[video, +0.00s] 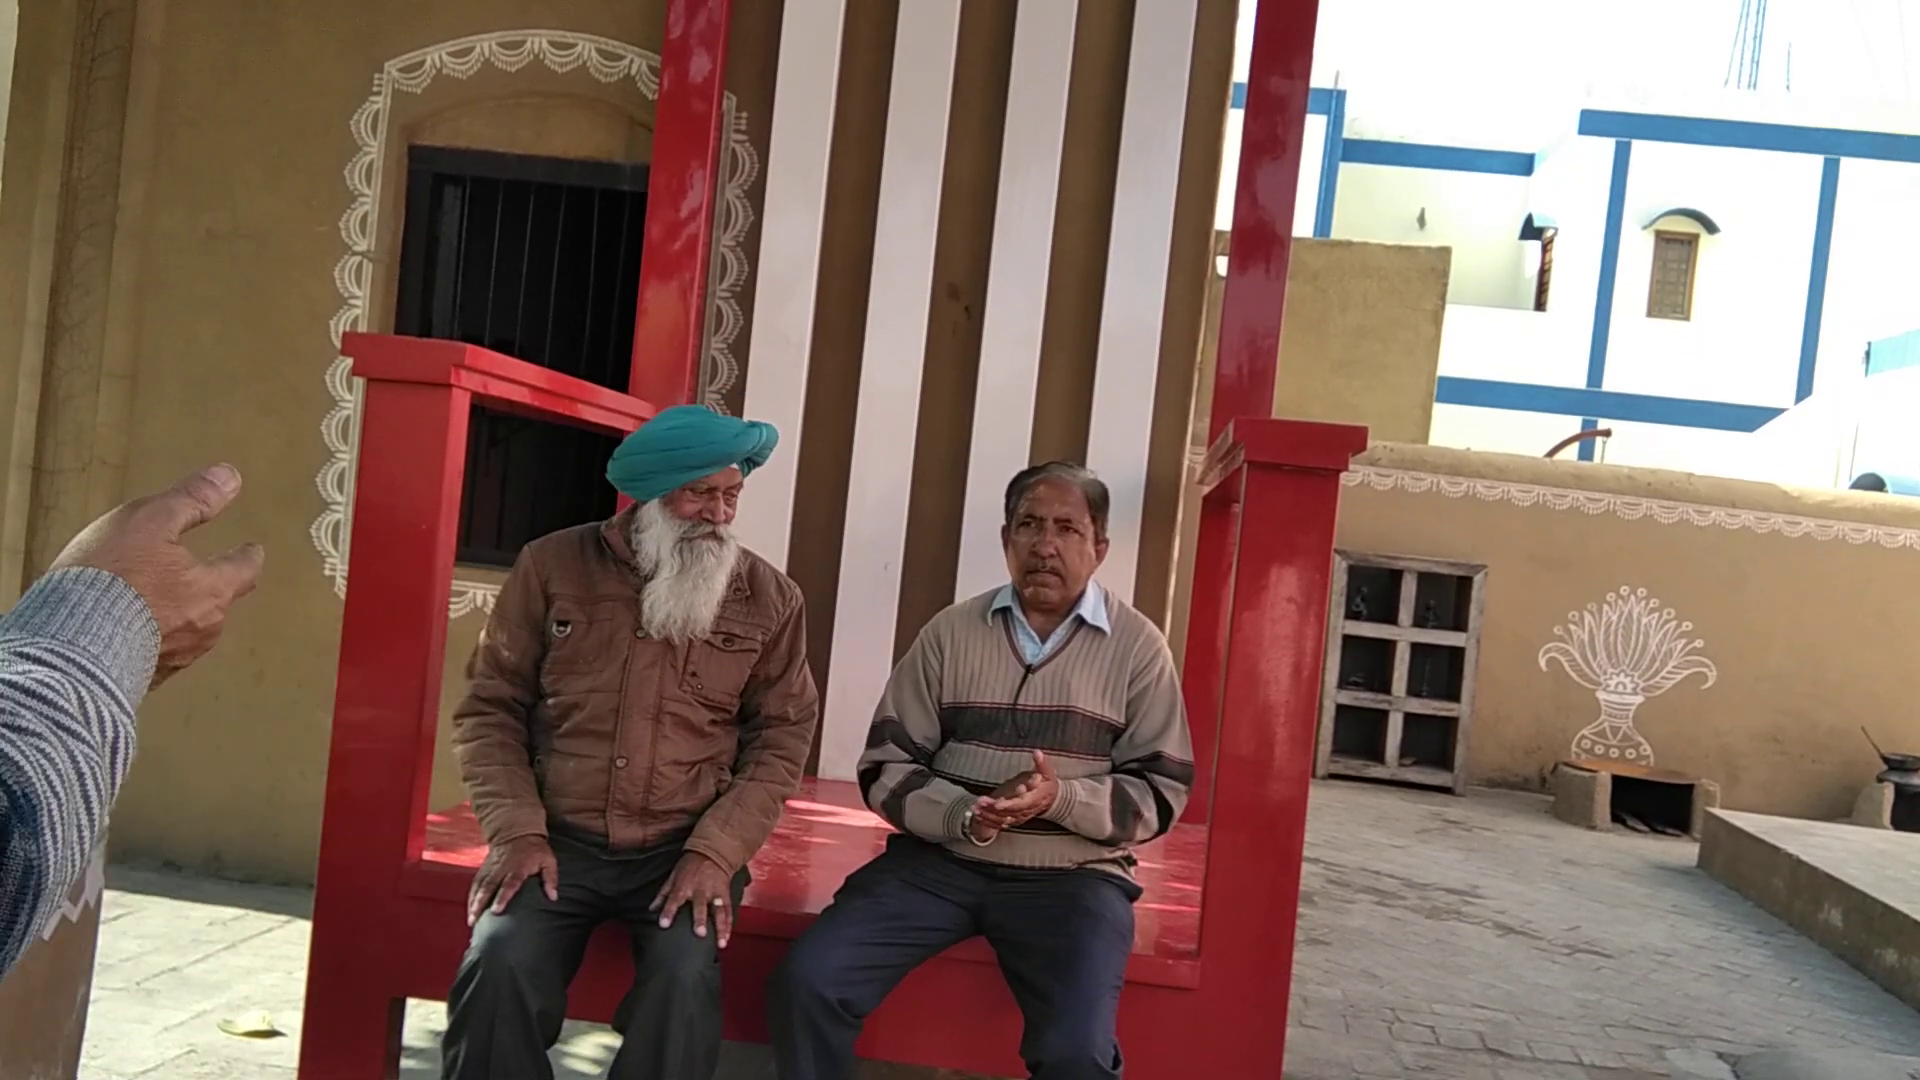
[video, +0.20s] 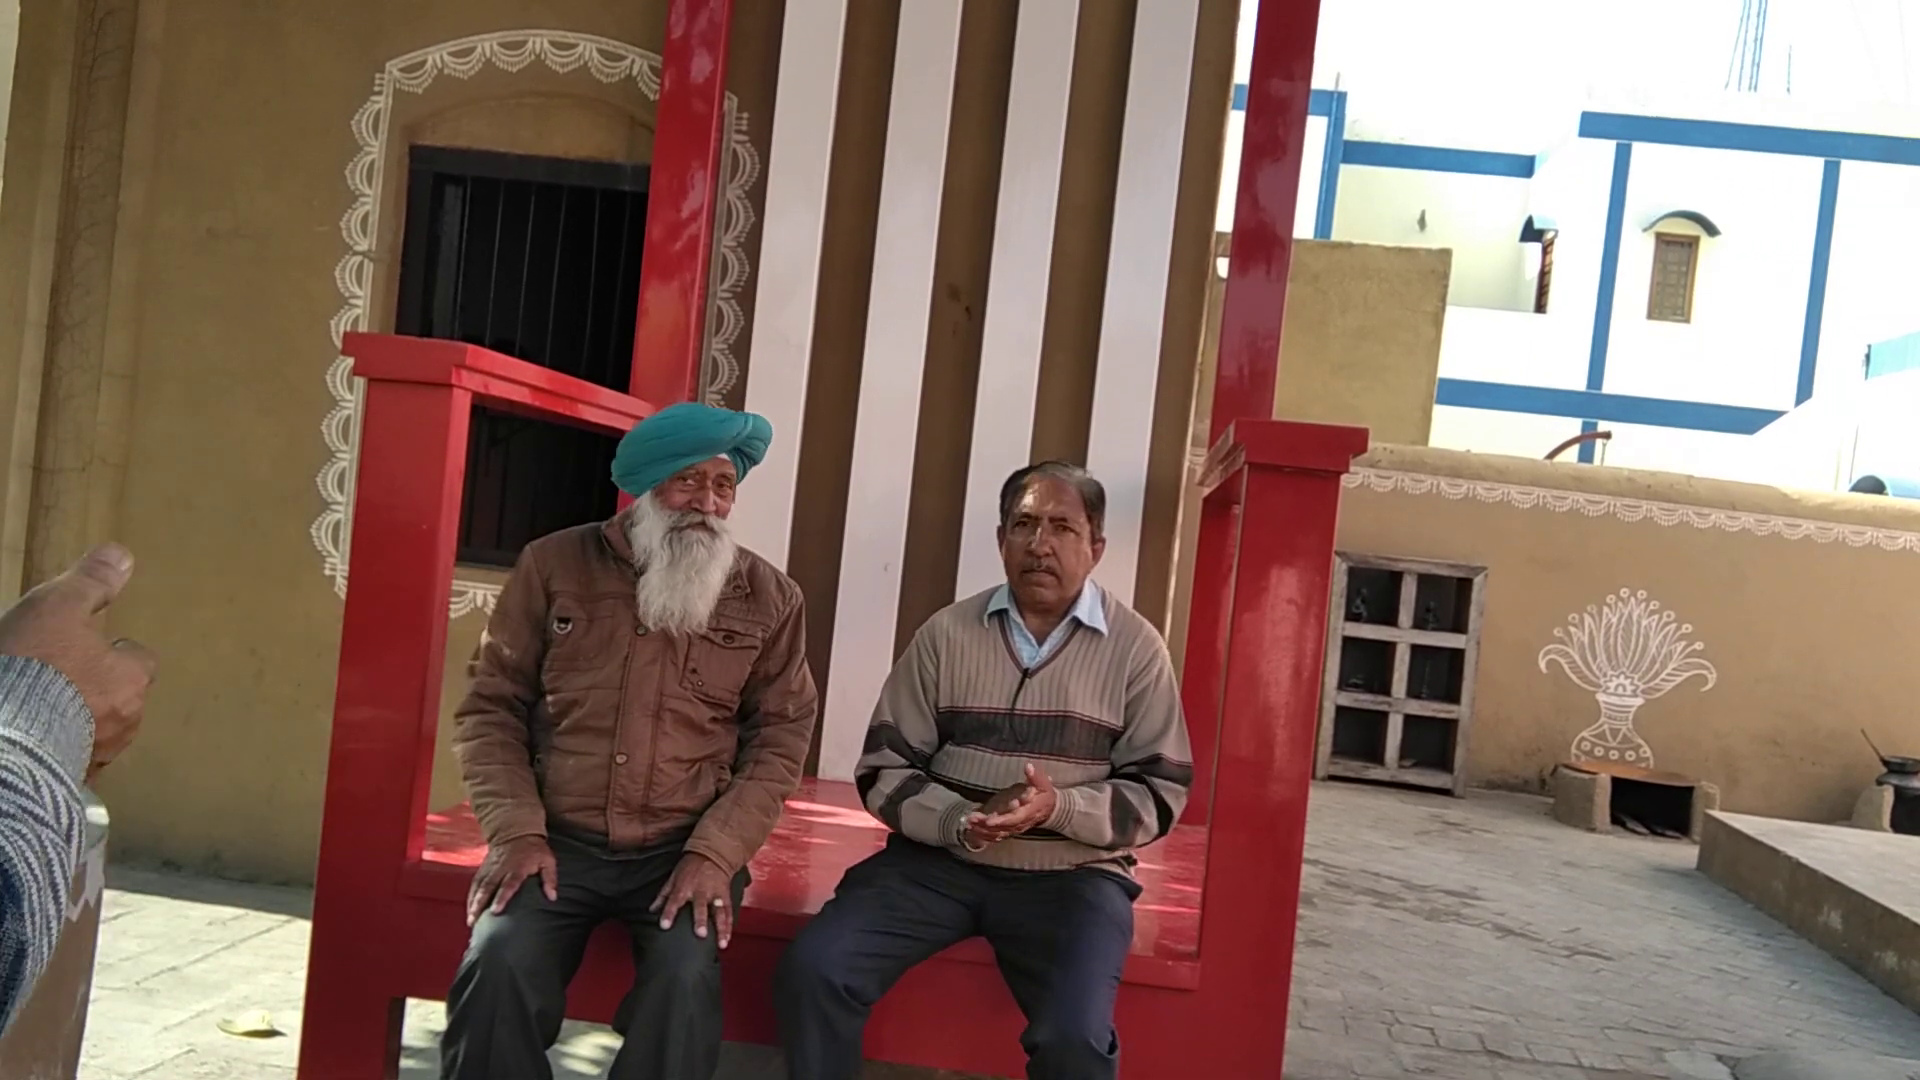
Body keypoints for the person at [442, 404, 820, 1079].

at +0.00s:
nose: (718, 513)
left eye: (731, 495)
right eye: (700, 494)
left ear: (742, 495)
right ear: (647, 492)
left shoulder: (769, 600)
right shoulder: (551, 568)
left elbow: (782, 740)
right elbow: (490, 707)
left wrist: (716, 851)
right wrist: (516, 827)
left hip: (685, 860)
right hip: (557, 848)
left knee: (684, 973)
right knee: (499, 961)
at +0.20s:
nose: (708, 504)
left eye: (723, 487)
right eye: (688, 483)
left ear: (737, 497)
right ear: (641, 488)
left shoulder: (769, 600)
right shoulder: (553, 567)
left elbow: (780, 743)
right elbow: (491, 706)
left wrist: (715, 853)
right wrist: (516, 827)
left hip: (684, 860)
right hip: (557, 848)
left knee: (685, 972)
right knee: (499, 961)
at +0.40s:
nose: (691, 495)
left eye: (710, 480)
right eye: (672, 476)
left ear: (730, 498)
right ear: (634, 488)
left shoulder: (771, 601)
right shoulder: (558, 566)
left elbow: (779, 742)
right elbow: (497, 701)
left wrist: (714, 852)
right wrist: (514, 824)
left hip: (684, 859)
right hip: (557, 846)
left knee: (685, 972)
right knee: (495, 960)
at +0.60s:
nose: (684, 495)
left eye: (705, 480)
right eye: (666, 477)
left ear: (729, 497)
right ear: (634, 487)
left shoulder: (772, 600)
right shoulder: (561, 563)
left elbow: (782, 734)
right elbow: (498, 693)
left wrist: (717, 842)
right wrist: (513, 816)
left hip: (684, 855)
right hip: (555, 840)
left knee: (686, 971)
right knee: (487, 956)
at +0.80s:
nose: (668, 495)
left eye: (691, 478)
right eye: (651, 475)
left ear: (721, 495)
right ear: (623, 484)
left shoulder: (770, 596)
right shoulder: (552, 563)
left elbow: (783, 736)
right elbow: (491, 701)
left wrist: (724, 848)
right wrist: (514, 823)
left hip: (686, 858)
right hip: (557, 845)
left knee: (689, 975)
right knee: (492, 969)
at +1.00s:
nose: (634, 502)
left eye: (658, 484)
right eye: (616, 482)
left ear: (696, 497)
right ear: (591, 490)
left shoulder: (757, 596)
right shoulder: (524, 571)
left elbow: (788, 733)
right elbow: (463, 711)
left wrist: (716, 857)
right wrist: (503, 832)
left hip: (679, 867)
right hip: (546, 856)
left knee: (683, 988)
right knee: (487, 978)